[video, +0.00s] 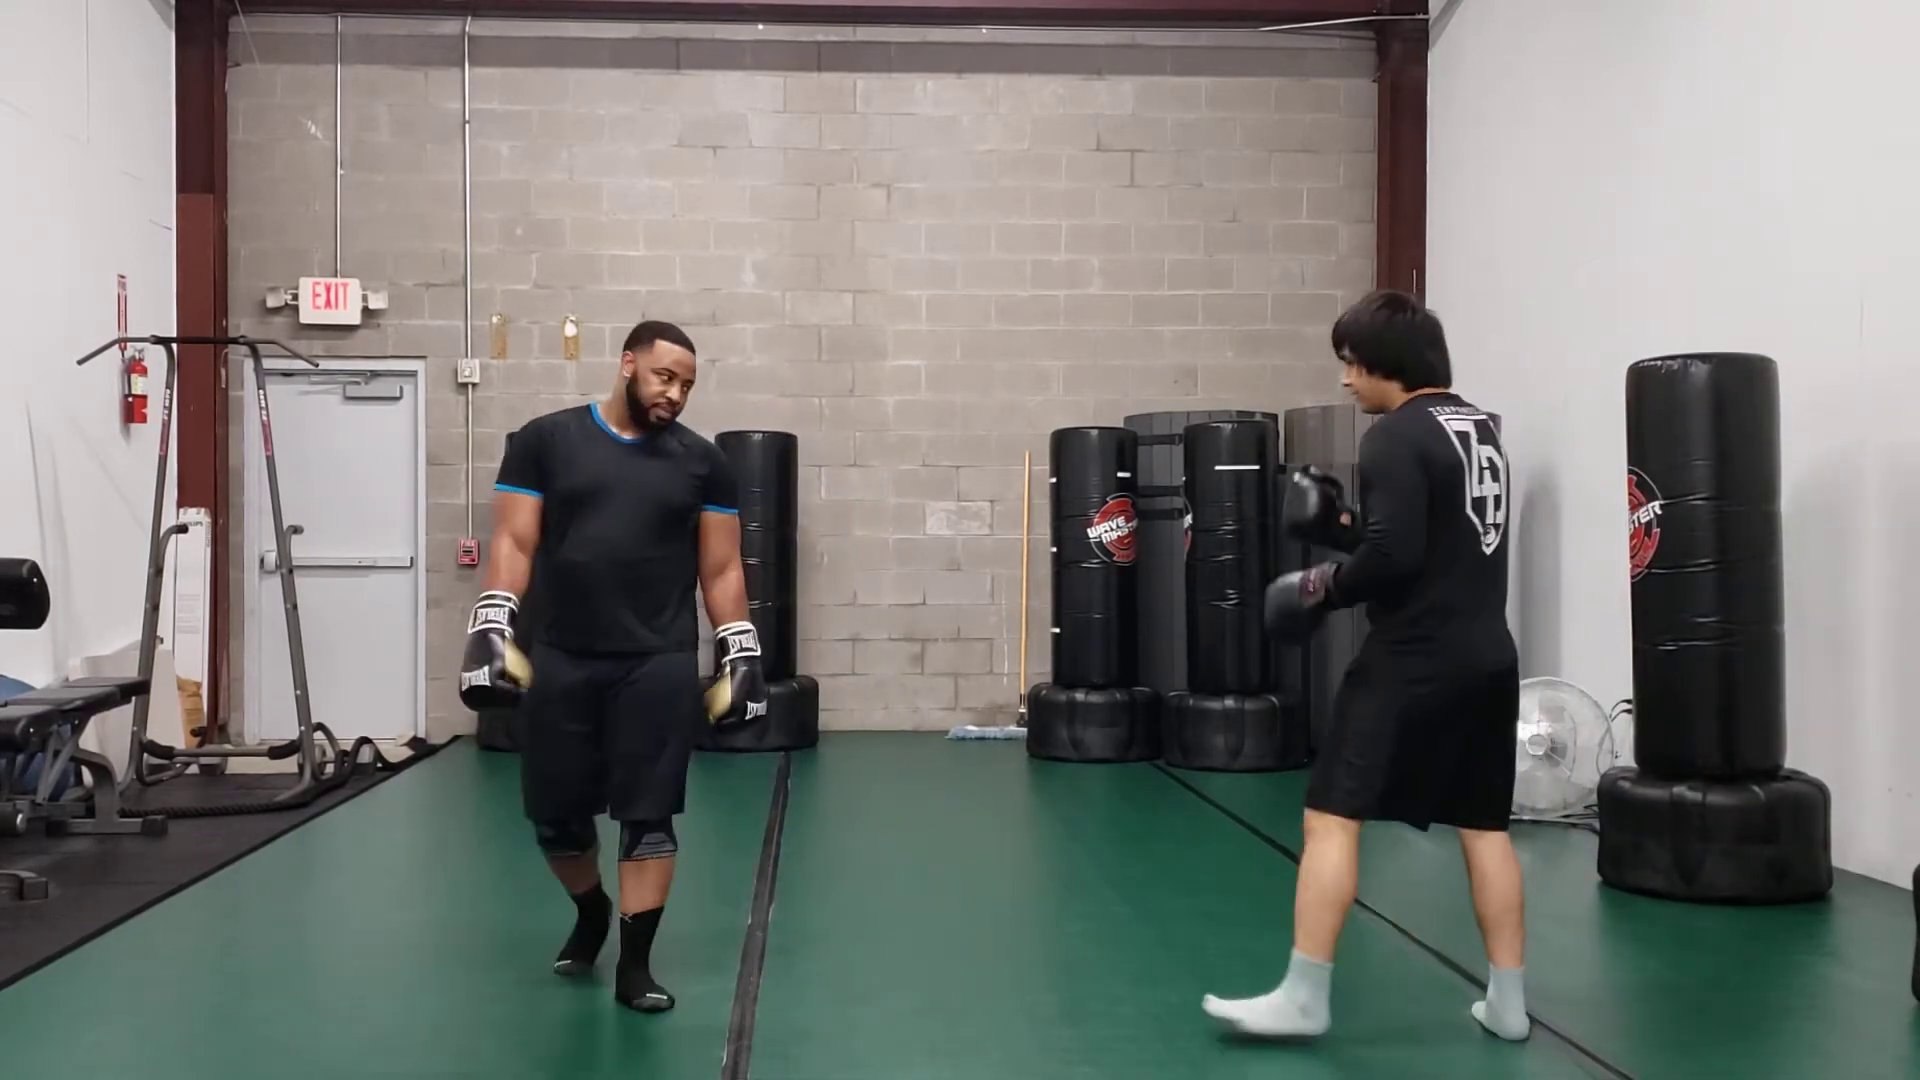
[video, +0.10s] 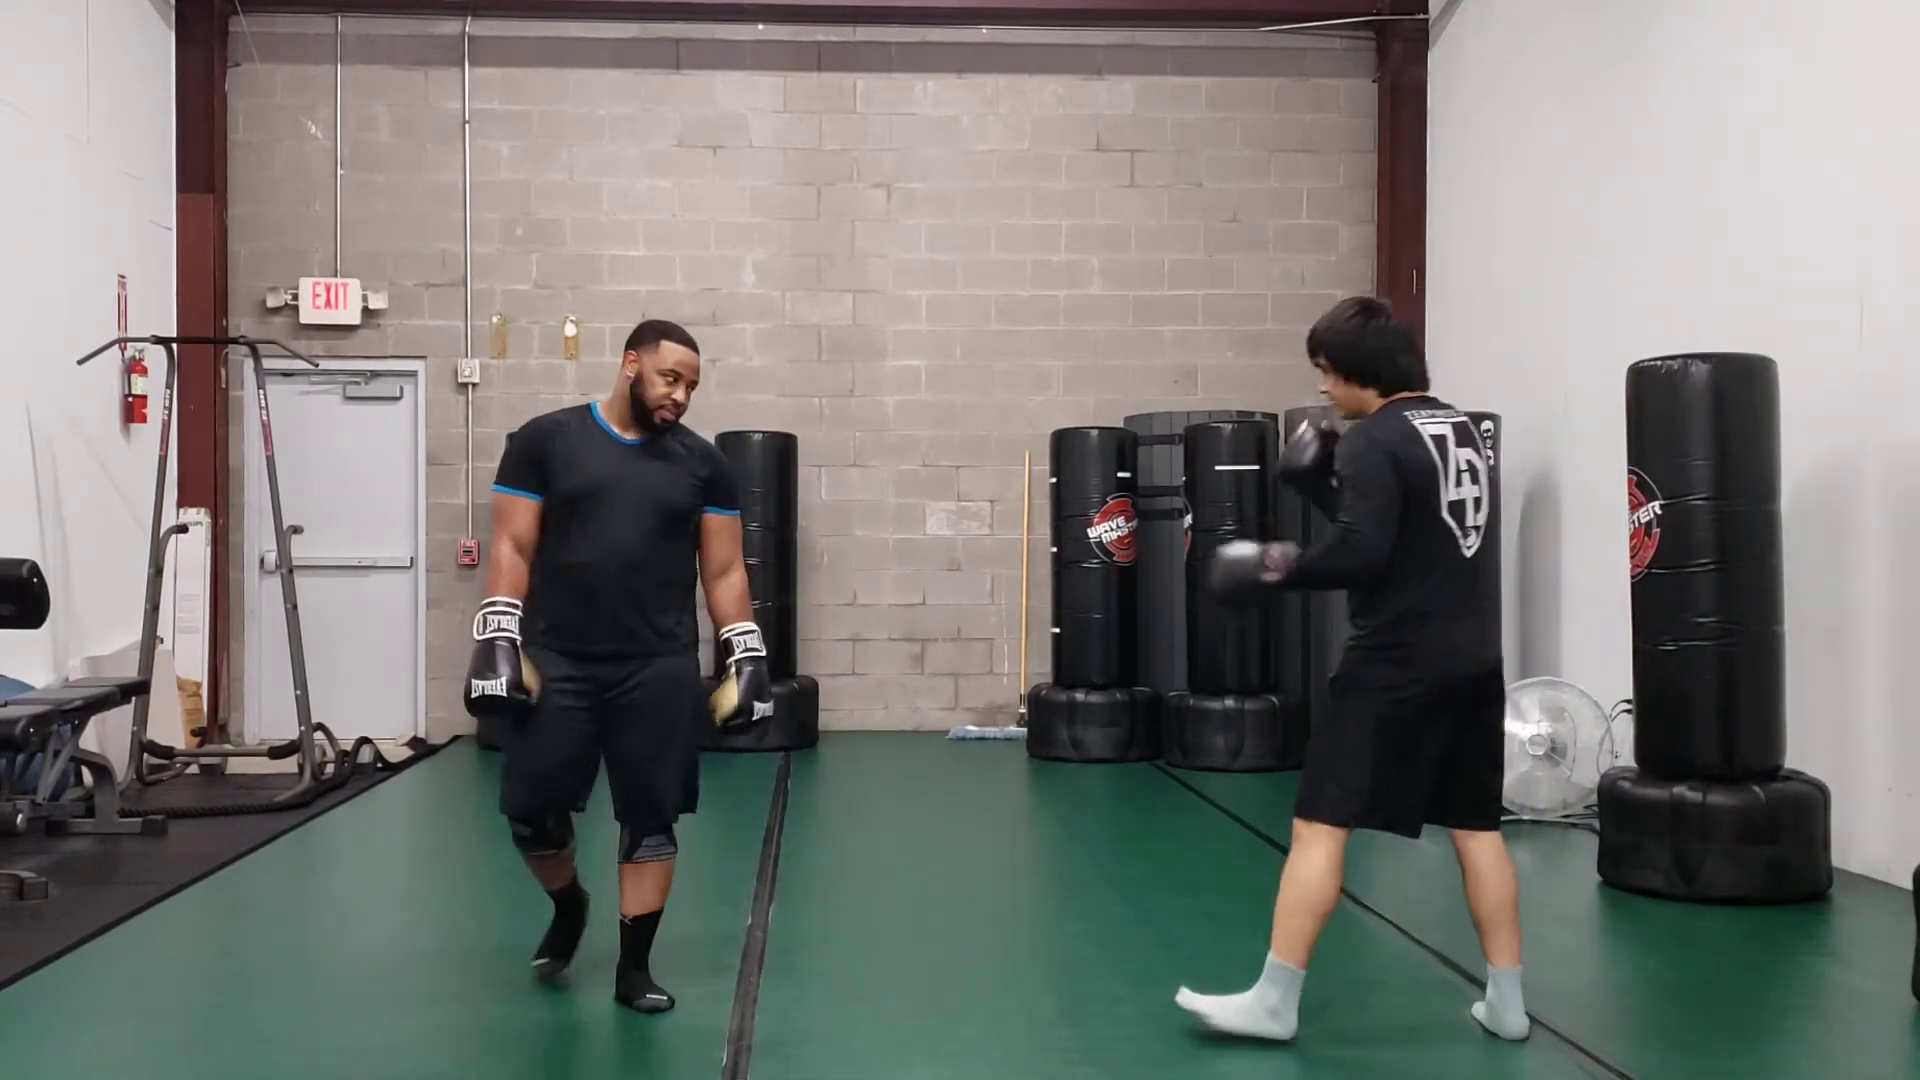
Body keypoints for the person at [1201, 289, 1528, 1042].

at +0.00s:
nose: (1345, 379)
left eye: (1351, 364)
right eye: (1344, 364)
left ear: (1388, 367)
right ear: (1421, 361)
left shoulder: (1396, 437)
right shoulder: (1481, 425)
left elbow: (1392, 556)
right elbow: (1443, 545)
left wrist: (1322, 586)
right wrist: (1344, 526)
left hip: (1407, 665)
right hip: (1486, 660)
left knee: (1331, 814)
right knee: (1485, 824)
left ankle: (1302, 997)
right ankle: (1509, 1004)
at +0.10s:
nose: (1323, 390)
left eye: (1327, 377)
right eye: (1321, 376)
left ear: (1360, 373)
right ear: (1398, 364)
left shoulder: (1377, 439)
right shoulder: (1468, 428)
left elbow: (1361, 552)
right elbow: (1406, 531)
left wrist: (1282, 565)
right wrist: (1324, 480)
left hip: (1389, 666)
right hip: (1472, 664)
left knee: (1320, 821)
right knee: (1477, 823)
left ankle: (1274, 999)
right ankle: (1507, 1002)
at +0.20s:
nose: (1296, 396)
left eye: (1299, 383)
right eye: (1295, 383)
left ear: (1331, 381)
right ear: (1372, 370)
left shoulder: (1342, 446)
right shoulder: (1439, 431)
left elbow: (1296, 544)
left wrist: (1210, 523)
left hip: (1361, 673)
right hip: (1446, 670)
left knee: (1307, 837)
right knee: (1461, 828)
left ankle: (1268, 1012)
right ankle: (1504, 1002)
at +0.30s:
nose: (1270, 392)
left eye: (1273, 380)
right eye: (1268, 379)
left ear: (1303, 381)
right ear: (1352, 368)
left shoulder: (1307, 446)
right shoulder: (1412, 431)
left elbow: (1210, 514)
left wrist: (1136, 488)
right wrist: (1300, 410)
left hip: (1324, 670)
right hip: (1407, 667)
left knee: (1283, 831)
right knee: (1431, 820)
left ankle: (1267, 1013)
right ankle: (1493, 990)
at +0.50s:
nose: (1236, 385)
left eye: (1240, 372)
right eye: (1235, 372)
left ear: (1270, 371)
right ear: (1318, 363)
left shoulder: (1261, 430)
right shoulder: (1382, 426)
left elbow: (1154, 451)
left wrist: (1048, 456)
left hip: (1286, 667)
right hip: (1369, 663)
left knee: (1264, 828)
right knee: (1389, 814)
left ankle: (1265, 1013)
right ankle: (1430, 986)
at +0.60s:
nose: (1221, 387)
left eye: (1224, 372)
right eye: (1219, 373)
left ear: (1253, 369)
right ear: (1303, 358)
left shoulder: (1246, 431)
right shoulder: (1364, 422)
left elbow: (1132, 450)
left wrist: (1023, 449)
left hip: (1276, 667)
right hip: (1361, 663)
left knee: (1258, 828)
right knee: (1389, 812)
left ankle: (1264, 1011)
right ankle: (1436, 982)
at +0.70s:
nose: (1204, 389)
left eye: (1207, 375)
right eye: (1201, 376)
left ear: (1234, 371)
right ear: (1287, 358)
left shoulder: (1227, 431)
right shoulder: (1351, 421)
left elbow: (1110, 449)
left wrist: (998, 440)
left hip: (1268, 667)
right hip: (1354, 660)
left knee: (1255, 829)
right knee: (1386, 811)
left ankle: (1264, 1012)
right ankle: (1432, 982)